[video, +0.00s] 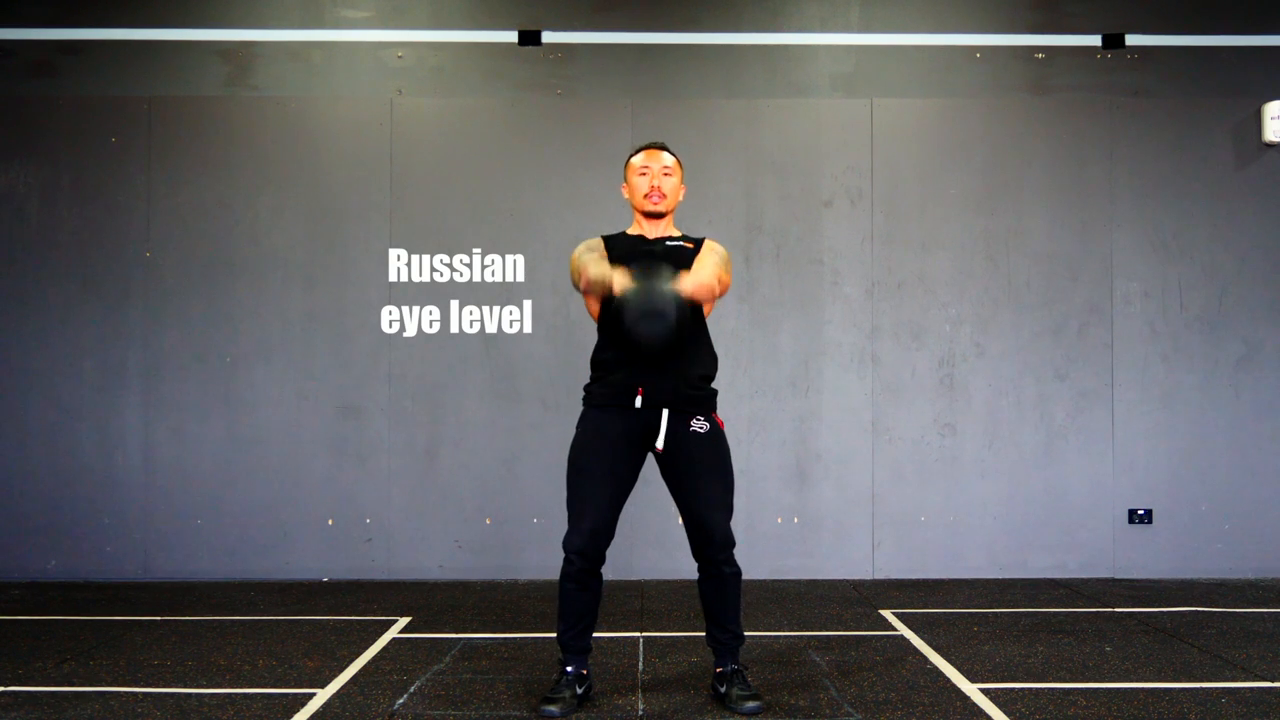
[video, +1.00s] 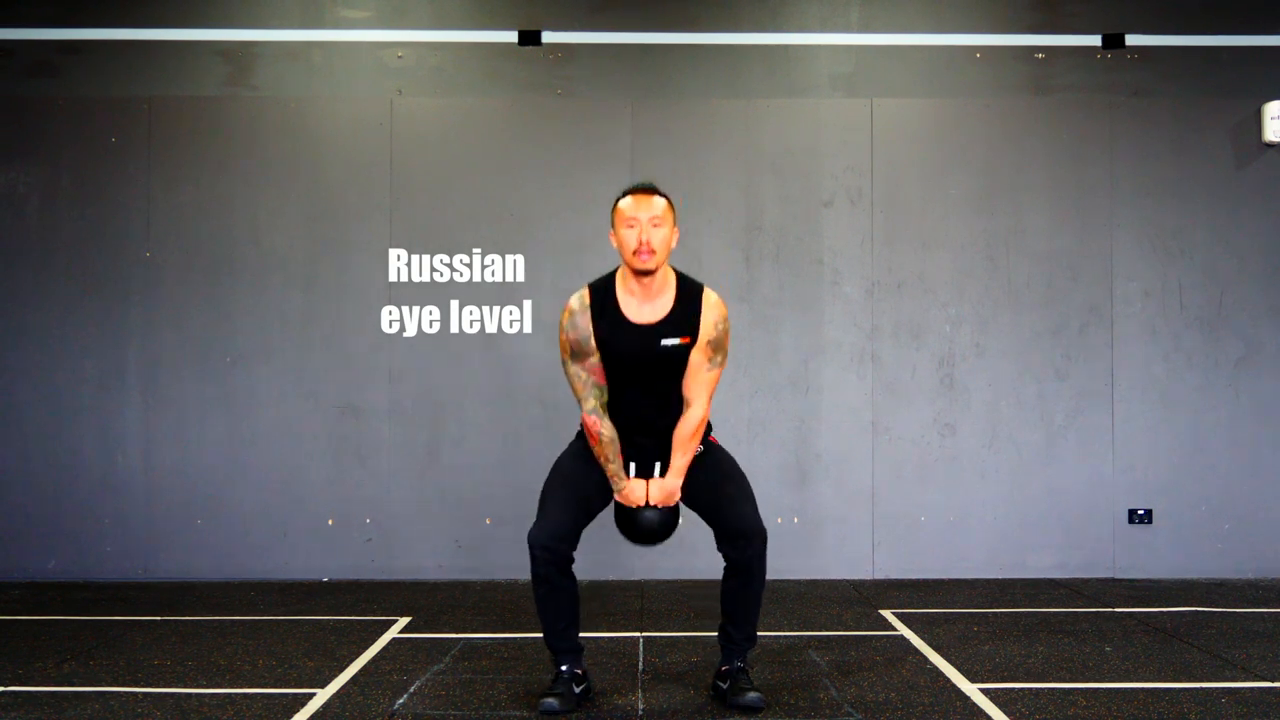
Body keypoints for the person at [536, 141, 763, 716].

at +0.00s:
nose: (655, 180)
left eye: (667, 172)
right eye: (644, 172)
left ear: (682, 189)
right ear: (625, 189)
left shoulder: (706, 251)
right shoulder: (597, 250)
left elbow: (707, 283)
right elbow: (594, 276)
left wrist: (671, 287)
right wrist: (622, 284)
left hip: (690, 415)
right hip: (612, 413)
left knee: (716, 543)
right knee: (583, 544)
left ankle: (729, 670)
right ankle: (573, 672)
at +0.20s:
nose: (651, 170)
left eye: (662, 160)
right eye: (639, 162)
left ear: (679, 169)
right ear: (621, 173)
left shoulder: (705, 248)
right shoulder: (600, 245)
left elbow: (707, 224)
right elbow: (584, 222)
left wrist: (683, 167)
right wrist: (614, 167)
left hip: (687, 412)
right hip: (610, 411)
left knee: (709, 544)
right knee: (586, 545)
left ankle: (728, 669)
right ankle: (573, 672)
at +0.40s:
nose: (653, 170)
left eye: (662, 160)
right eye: (641, 162)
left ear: (678, 169)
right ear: (622, 174)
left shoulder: (704, 245)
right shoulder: (599, 245)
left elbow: (706, 210)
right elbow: (582, 213)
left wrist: (674, 143)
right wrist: (614, 154)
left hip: (687, 413)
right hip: (609, 412)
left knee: (709, 545)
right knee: (585, 544)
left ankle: (728, 669)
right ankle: (573, 671)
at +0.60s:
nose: (647, 166)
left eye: (659, 159)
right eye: (636, 159)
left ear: (676, 179)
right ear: (620, 179)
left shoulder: (701, 240)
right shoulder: (596, 242)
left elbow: (707, 269)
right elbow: (581, 262)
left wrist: (668, 267)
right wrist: (607, 266)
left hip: (687, 415)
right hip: (608, 413)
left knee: (713, 543)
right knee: (581, 544)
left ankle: (729, 670)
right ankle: (571, 672)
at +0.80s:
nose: (646, 179)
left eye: (659, 170)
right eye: (634, 170)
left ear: (676, 187)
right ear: (617, 187)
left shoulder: (706, 267)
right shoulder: (583, 267)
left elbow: (696, 357)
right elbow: (594, 358)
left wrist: (672, 431)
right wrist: (617, 429)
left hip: (686, 420)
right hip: (604, 420)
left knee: (736, 544)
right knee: (558, 545)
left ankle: (732, 670)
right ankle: (569, 673)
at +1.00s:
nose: (643, 237)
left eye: (655, 224)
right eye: (630, 225)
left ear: (674, 234)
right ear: (614, 236)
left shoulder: (707, 310)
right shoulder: (582, 313)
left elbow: (696, 406)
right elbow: (593, 411)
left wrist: (675, 475)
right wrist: (618, 477)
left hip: (686, 445)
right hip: (605, 445)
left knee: (747, 534)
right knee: (548, 539)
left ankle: (734, 668)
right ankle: (569, 673)